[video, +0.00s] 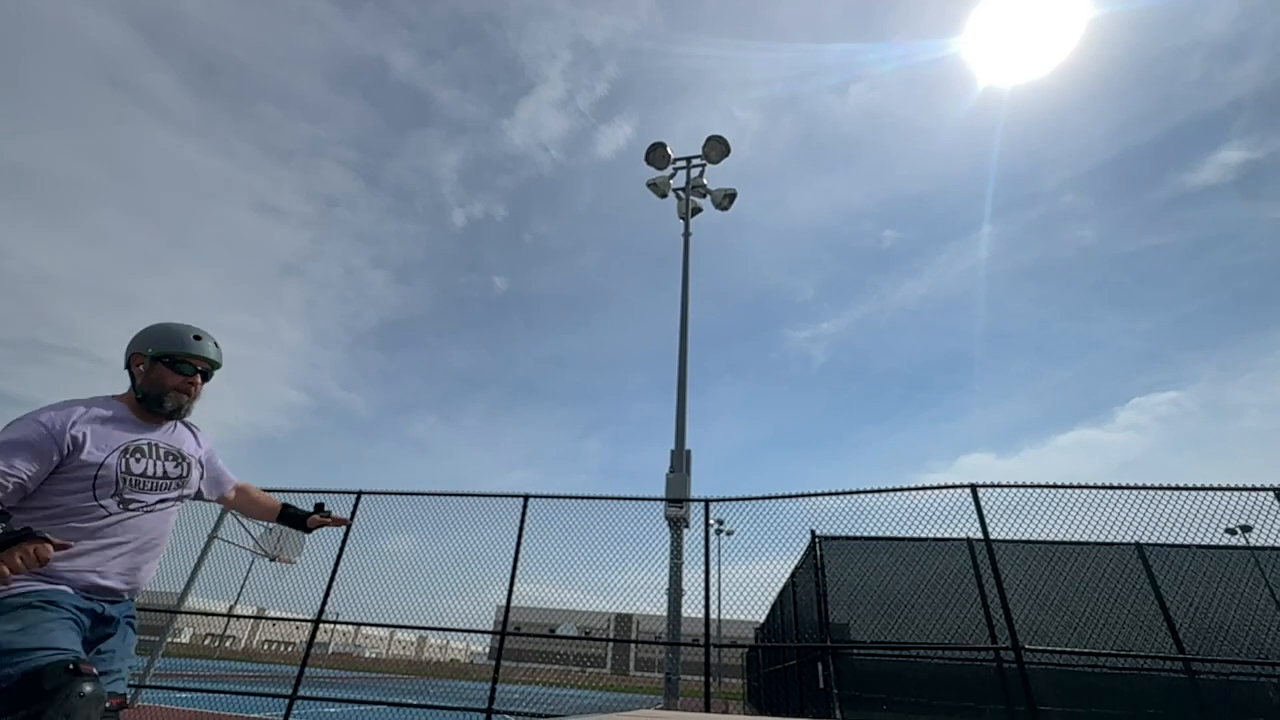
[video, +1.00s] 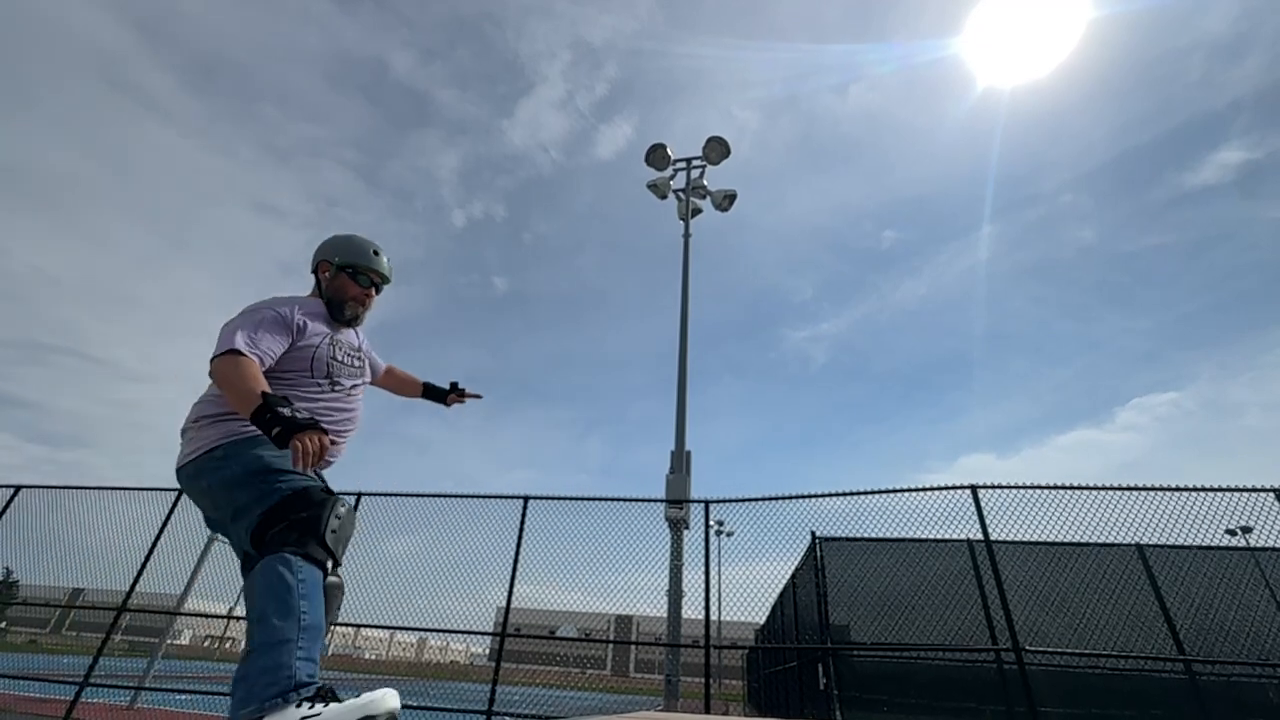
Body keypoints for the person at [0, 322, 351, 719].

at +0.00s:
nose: (194, 382)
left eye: (202, 375)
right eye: (181, 368)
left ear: (206, 385)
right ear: (139, 366)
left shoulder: (194, 446)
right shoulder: (65, 424)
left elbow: (237, 494)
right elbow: (0, 490)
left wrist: (302, 518)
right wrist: (7, 539)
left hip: (117, 613)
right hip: (37, 593)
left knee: (103, 708)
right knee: (65, 700)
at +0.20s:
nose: (232, 364)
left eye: (240, 357)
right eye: (219, 350)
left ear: (242, 367)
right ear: (179, 347)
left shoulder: (228, 426)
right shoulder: (117, 401)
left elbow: (266, 469)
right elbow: (21, 457)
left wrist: (329, 492)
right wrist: (59, 512)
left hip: (158, 587)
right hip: (68, 561)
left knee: (142, 701)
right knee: (112, 682)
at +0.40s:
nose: (267, 345)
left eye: (275, 338)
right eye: (256, 331)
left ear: (278, 348)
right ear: (218, 327)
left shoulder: (261, 406)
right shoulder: (164, 377)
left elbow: (299, 446)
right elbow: (72, 433)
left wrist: (357, 466)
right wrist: (120, 483)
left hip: (196, 556)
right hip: (112, 531)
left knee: (192, 683)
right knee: (164, 630)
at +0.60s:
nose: (303, 327)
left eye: (311, 320)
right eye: (293, 312)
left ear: (313, 329)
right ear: (256, 306)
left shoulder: (296, 383)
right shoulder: (204, 355)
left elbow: (328, 421)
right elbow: (128, 407)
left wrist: (385, 441)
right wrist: (178, 464)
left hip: (233, 523)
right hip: (155, 499)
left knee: (236, 651)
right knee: (212, 591)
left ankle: (220, 710)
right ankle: (174, 710)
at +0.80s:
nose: (336, 307)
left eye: (344, 302)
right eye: (326, 294)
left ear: (345, 311)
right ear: (291, 289)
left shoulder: (327, 363)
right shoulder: (248, 331)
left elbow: (358, 397)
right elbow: (181, 382)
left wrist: (411, 415)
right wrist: (230, 438)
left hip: (264, 491)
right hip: (195, 467)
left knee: (272, 625)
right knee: (256, 551)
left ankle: (236, 708)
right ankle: (231, 710)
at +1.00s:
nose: (368, 293)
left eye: (376, 287)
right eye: (359, 279)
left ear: (378, 296)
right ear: (325, 273)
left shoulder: (357, 346)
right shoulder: (286, 314)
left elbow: (385, 375)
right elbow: (230, 362)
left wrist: (437, 394)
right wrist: (280, 419)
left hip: (275, 463)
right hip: (229, 443)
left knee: (305, 565)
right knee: (302, 515)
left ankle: (269, 699)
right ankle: (281, 696)